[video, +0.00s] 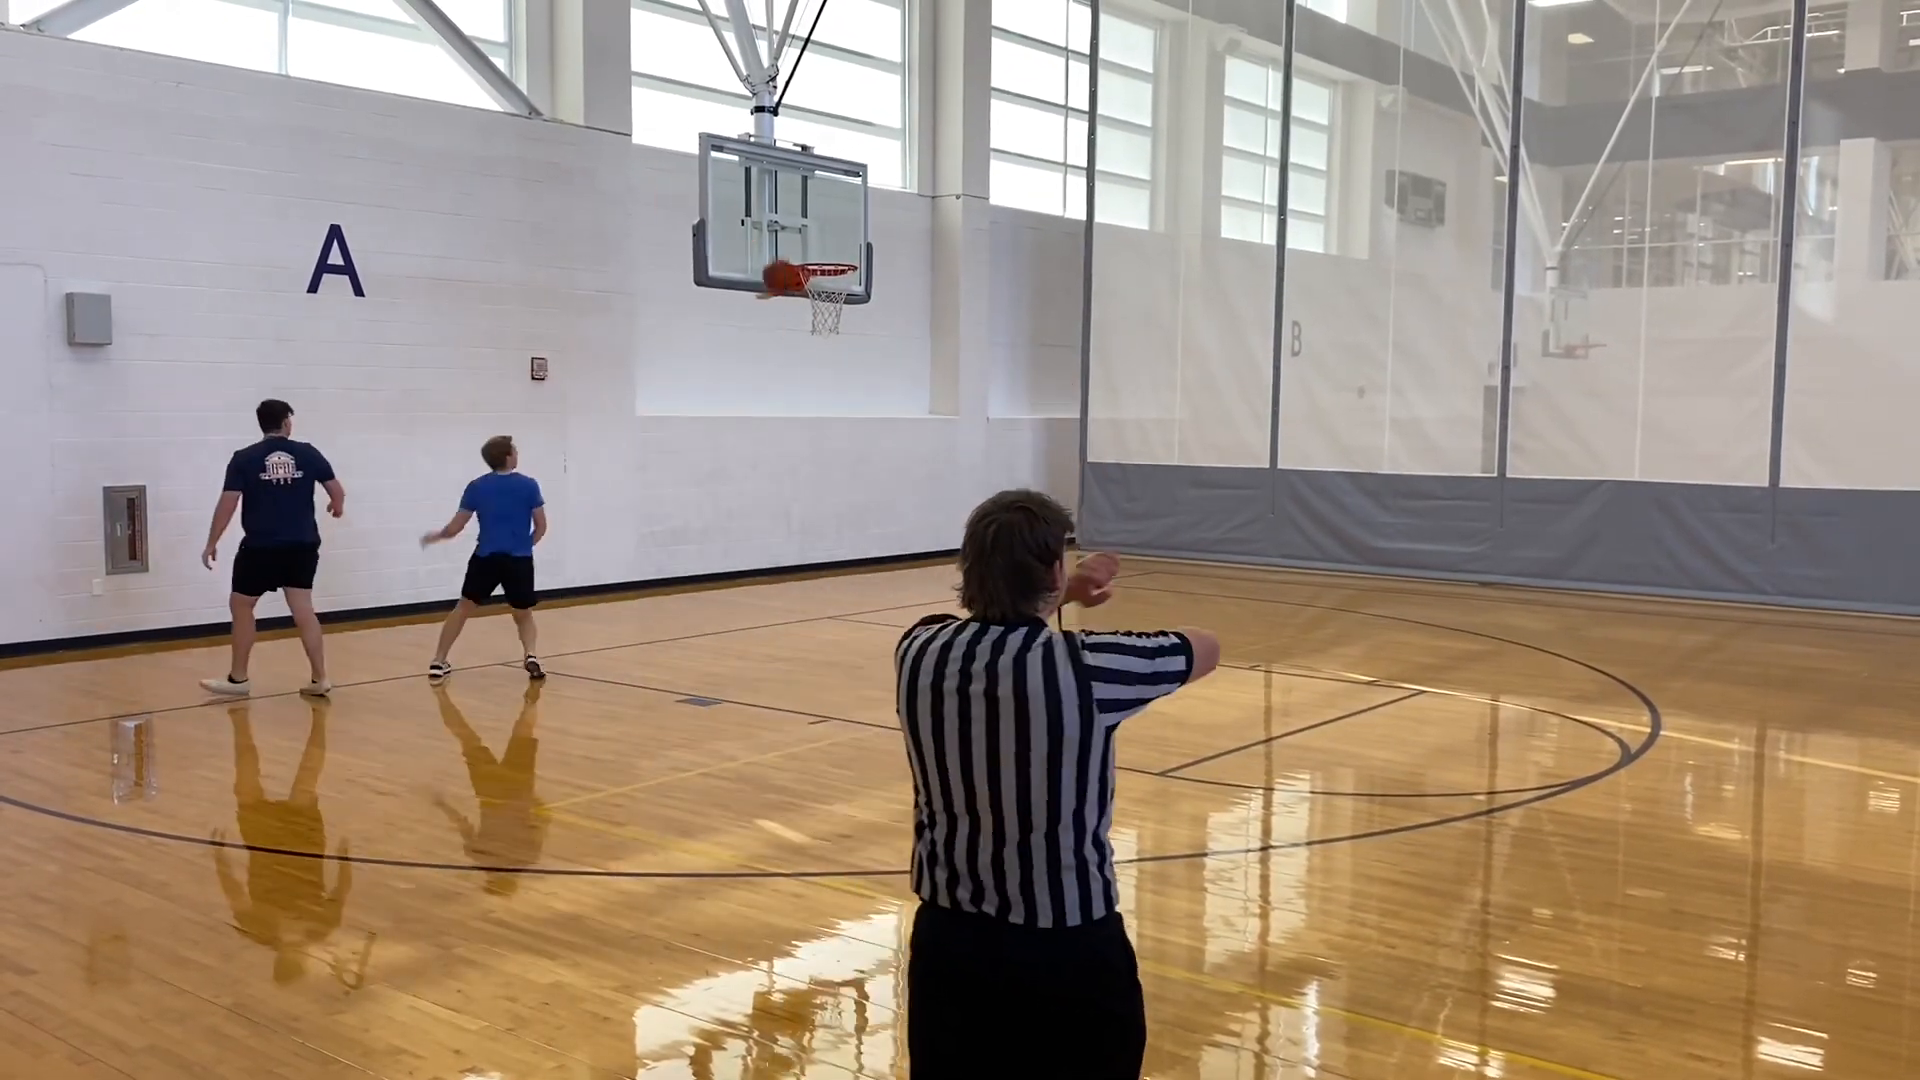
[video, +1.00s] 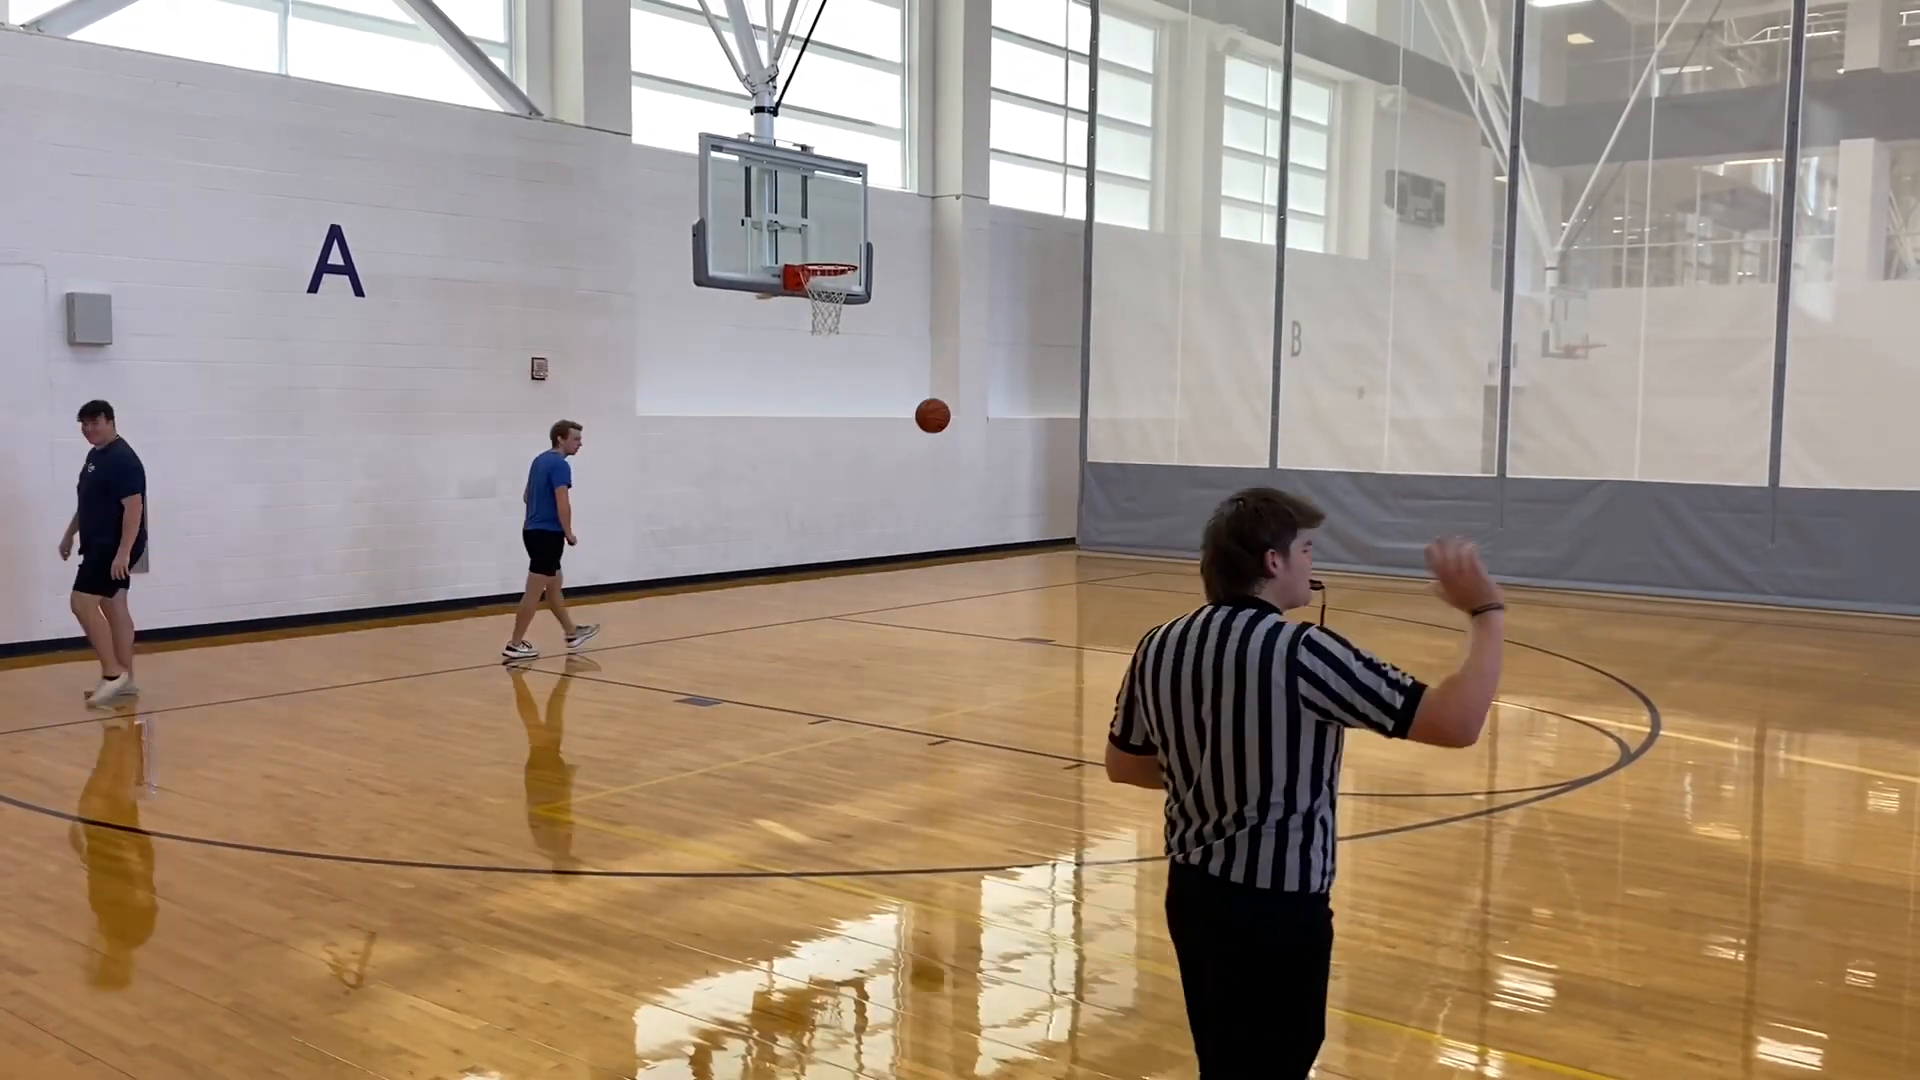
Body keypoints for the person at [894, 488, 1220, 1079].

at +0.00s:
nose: (1071, 562)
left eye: (1070, 553)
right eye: (1066, 552)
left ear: (975, 568)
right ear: (1054, 571)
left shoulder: (918, 653)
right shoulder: (1083, 665)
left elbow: (984, 616)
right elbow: (1206, 650)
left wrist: (1063, 588)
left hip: (949, 948)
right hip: (1073, 952)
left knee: (946, 1072)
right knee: (1095, 1070)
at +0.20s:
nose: (1130, 562)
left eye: (1128, 551)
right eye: (1126, 553)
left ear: (1040, 563)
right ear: (1118, 573)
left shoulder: (983, 643)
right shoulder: (1147, 660)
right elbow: (1247, 643)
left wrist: (1084, 587)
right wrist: (1145, 582)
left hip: (1007, 932)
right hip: (1125, 935)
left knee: (1004, 1069)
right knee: (1133, 1068)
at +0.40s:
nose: (1173, 559)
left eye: (1171, 547)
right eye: (1171, 548)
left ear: (1083, 555)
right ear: (1161, 560)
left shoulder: (1024, 638)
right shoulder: (1187, 652)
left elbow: (1091, 641)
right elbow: (1308, 671)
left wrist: (1155, 615)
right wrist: (1203, 635)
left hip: (1045, 913)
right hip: (1157, 918)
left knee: (1075, 1068)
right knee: (1158, 1070)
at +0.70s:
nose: (1230, 566)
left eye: (1227, 551)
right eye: (1228, 551)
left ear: (1140, 559)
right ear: (1215, 561)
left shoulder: (1081, 642)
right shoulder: (1245, 655)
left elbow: (1151, 667)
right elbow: (1349, 708)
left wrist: (1229, 637)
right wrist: (1269, 654)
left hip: (1107, 903)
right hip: (1210, 910)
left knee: (1144, 1057)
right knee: (1216, 1056)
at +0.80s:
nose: (1256, 569)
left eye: (1253, 552)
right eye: (1251, 553)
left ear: (1166, 560)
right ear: (1229, 563)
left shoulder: (1103, 646)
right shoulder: (1264, 660)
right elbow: (1388, 736)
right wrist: (1314, 649)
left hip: (1131, 902)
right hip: (1229, 910)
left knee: (1169, 1060)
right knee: (1233, 1059)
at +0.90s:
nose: (1283, 570)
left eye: (1278, 554)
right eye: (1275, 554)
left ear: (1194, 564)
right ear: (1248, 565)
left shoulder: (1131, 648)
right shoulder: (1284, 660)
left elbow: (1110, 757)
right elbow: (1430, 742)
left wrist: (1186, 750)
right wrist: (1402, 636)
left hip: (1161, 902)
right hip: (1254, 910)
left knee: (1191, 1060)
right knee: (1255, 1059)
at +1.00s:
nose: (1312, 566)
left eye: (1310, 551)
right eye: (1306, 552)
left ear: (1224, 560)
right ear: (1273, 560)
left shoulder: (1160, 645)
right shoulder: (1300, 651)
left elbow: (1126, 761)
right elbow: (1457, 721)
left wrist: (1210, 773)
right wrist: (1487, 611)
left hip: (1192, 895)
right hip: (1281, 904)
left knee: (1220, 1059)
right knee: (1280, 1058)